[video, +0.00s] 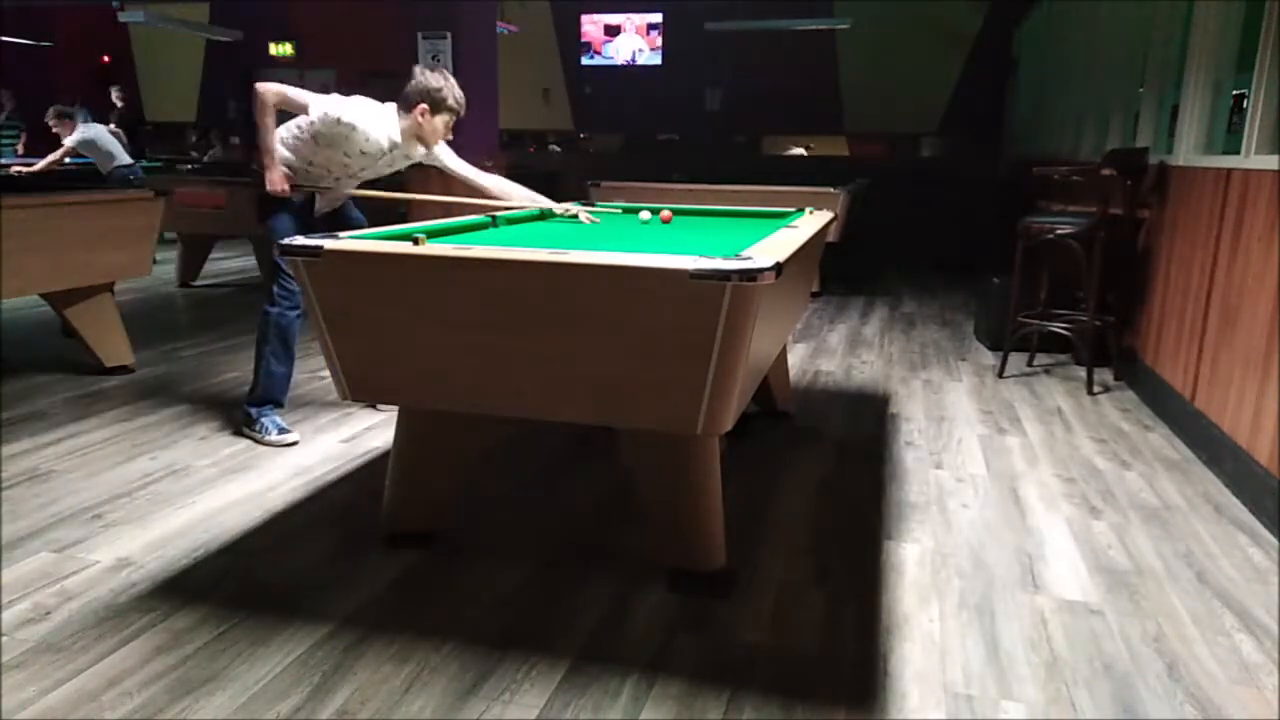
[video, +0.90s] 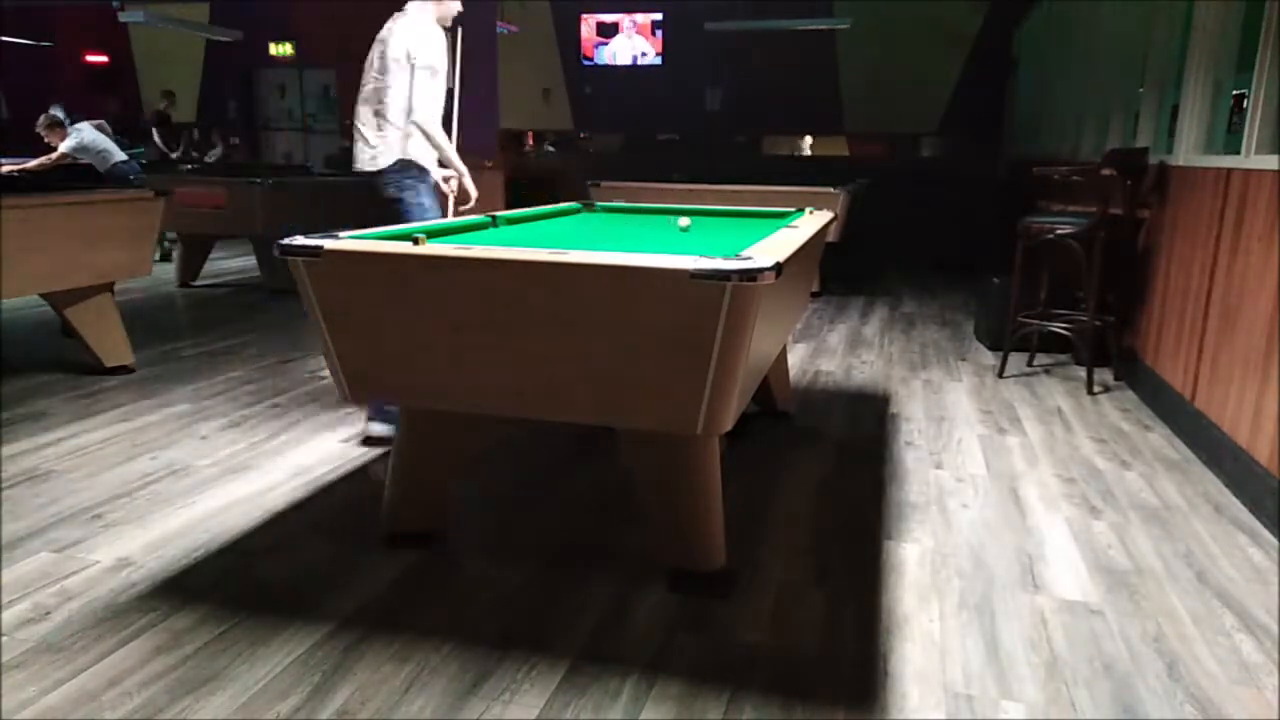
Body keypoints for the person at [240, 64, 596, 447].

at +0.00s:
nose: (450, 132)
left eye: (454, 124)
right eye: (449, 121)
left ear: (424, 114)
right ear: (422, 112)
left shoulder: (424, 146)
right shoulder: (353, 119)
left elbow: (488, 183)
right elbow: (266, 91)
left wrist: (554, 207)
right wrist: (270, 162)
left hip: (331, 192)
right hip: (286, 186)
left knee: (378, 274)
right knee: (287, 293)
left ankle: (377, 383)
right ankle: (260, 410)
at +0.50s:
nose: (470, 172)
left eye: (474, 164)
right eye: (469, 161)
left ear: (448, 150)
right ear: (444, 148)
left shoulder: (432, 161)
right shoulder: (382, 136)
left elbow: (503, 195)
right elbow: (299, 79)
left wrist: (572, 209)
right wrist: (279, 133)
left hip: (345, 186)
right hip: (299, 172)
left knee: (387, 271)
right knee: (293, 290)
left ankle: (392, 380)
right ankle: (266, 408)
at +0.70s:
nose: (467, 11)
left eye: (466, 3)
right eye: (459, 2)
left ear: (442, 7)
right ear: (430, 3)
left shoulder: (451, 55)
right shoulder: (380, 31)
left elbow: (493, 124)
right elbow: (293, 64)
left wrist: (550, 183)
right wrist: (295, 147)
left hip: (400, 182)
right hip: (358, 176)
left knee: (419, 294)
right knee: (385, 294)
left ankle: (401, 419)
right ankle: (373, 426)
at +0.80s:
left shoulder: (427, 21)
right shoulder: (368, 11)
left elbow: (415, 98)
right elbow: (308, 81)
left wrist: (470, 152)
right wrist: (331, 175)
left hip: (402, 170)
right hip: (371, 170)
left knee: (402, 300)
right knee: (408, 298)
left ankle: (384, 428)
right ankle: (380, 430)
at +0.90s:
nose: (460, 8)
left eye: (460, 4)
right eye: (458, 2)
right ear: (444, 0)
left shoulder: (399, 29)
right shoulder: (425, 32)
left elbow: (399, 120)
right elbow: (423, 114)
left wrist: (434, 170)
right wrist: (459, 168)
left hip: (388, 167)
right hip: (404, 169)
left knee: (405, 289)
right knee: (428, 286)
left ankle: (387, 410)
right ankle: (389, 412)